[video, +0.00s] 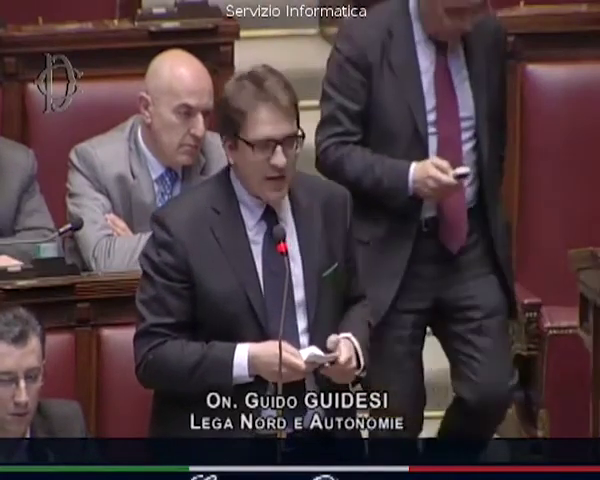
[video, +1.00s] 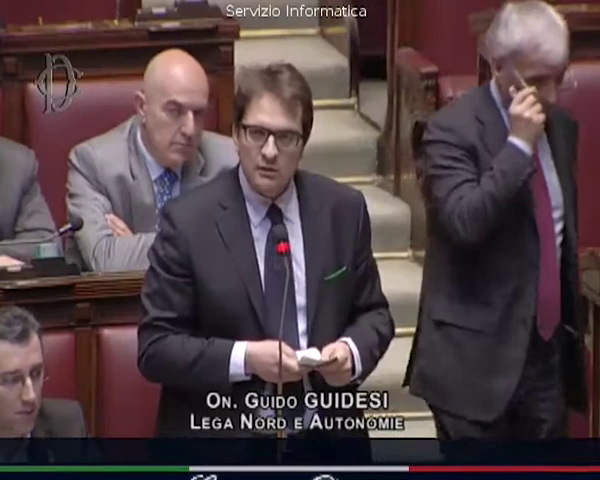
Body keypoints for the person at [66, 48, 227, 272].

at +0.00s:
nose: (199, 131)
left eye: (206, 114)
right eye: (185, 113)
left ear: (211, 110)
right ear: (146, 108)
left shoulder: (219, 154)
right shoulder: (92, 160)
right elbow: (105, 260)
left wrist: (137, 248)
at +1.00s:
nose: (189, 130)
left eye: (198, 113)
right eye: (174, 111)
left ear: (207, 108)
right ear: (141, 106)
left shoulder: (229, 157)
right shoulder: (91, 161)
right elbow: (105, 259)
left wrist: (138, 250)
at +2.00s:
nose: (184, 125)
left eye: (194, 109)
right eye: (169, 106)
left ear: (203, 108)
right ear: (139, 104)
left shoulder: (230, 157)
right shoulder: (91, 161)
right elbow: (105, 259)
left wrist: (138, 250)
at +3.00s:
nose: (186, 125)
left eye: (197, 109)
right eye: (172, 107)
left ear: (205, 109)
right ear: (140, 104)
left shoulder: (222, 154)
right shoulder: (91, 160)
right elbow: (104, 260)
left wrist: (137, 246)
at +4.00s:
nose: (186, 125)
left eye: (197, 110)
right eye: (172, 107)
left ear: (204, 109)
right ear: (141, 104)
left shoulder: (230, 157)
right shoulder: (91, 161)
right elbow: (105, 259)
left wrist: (138, 250)